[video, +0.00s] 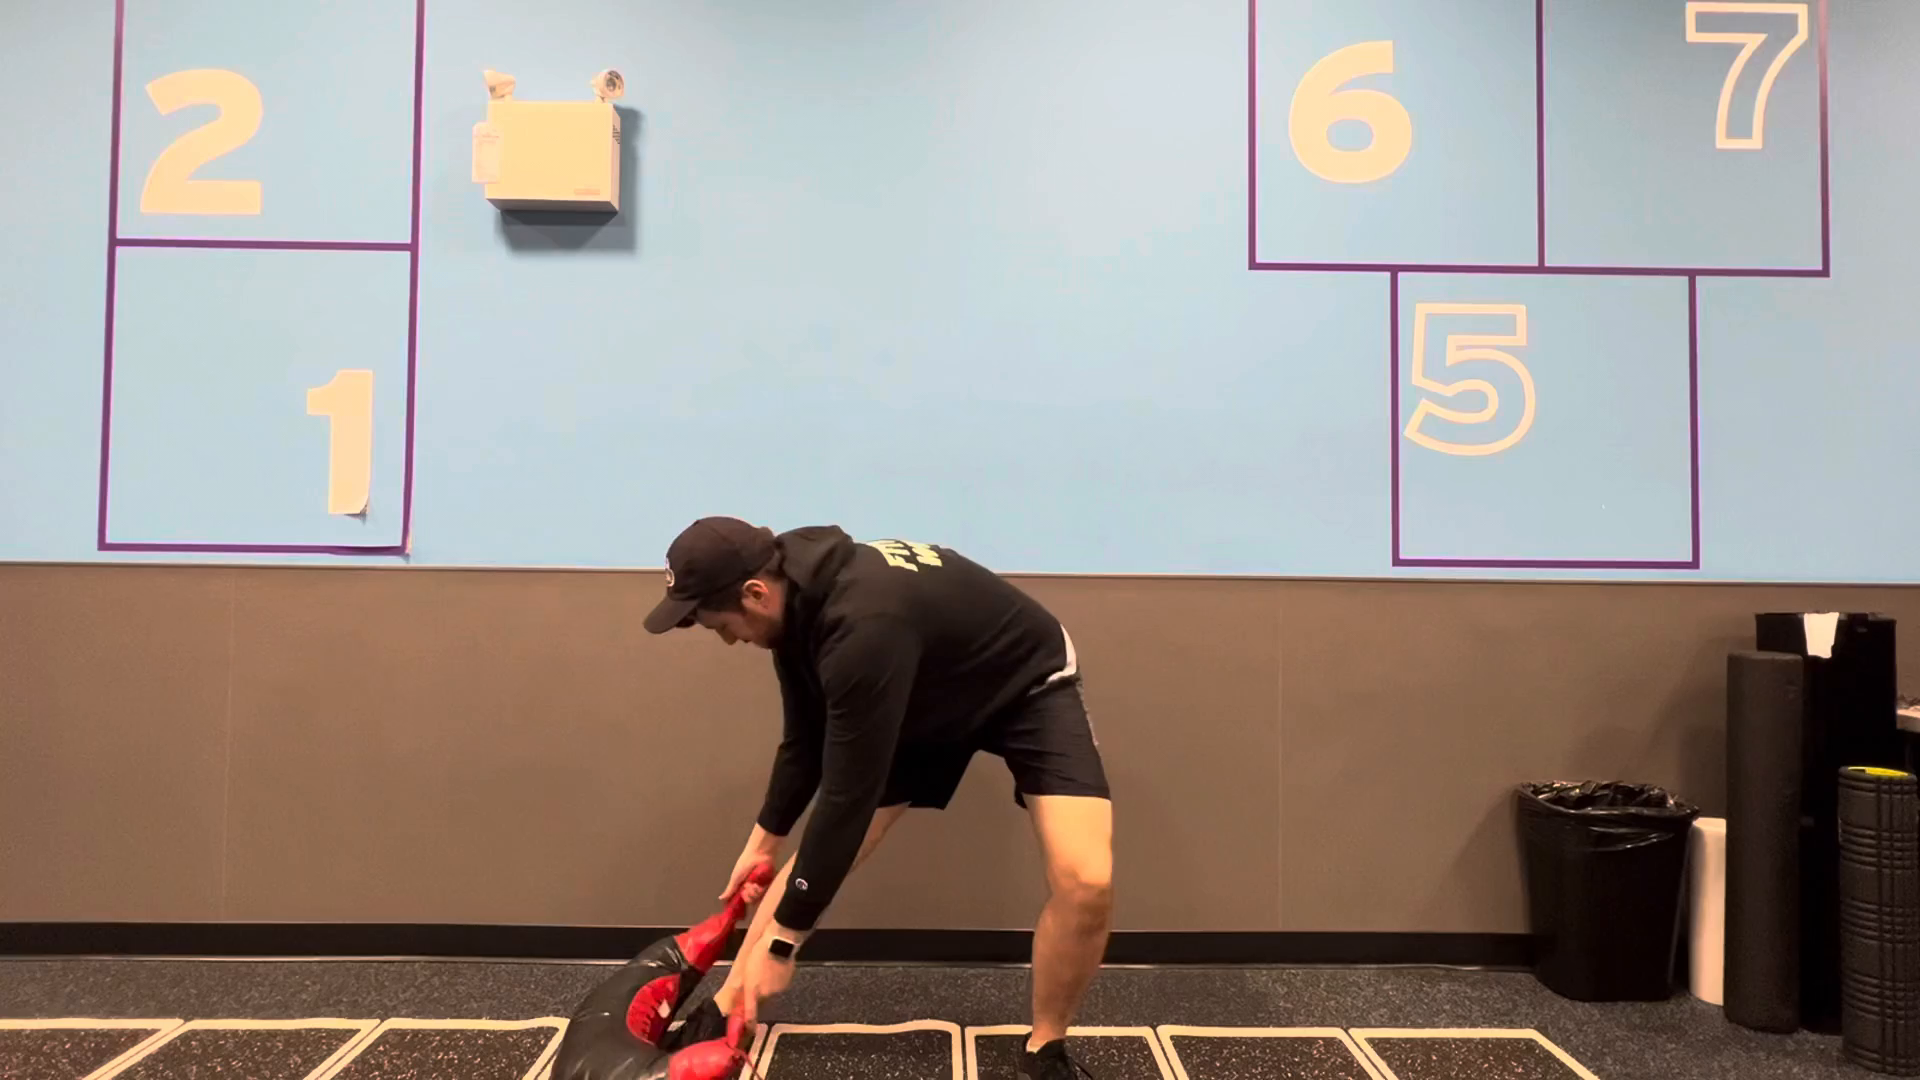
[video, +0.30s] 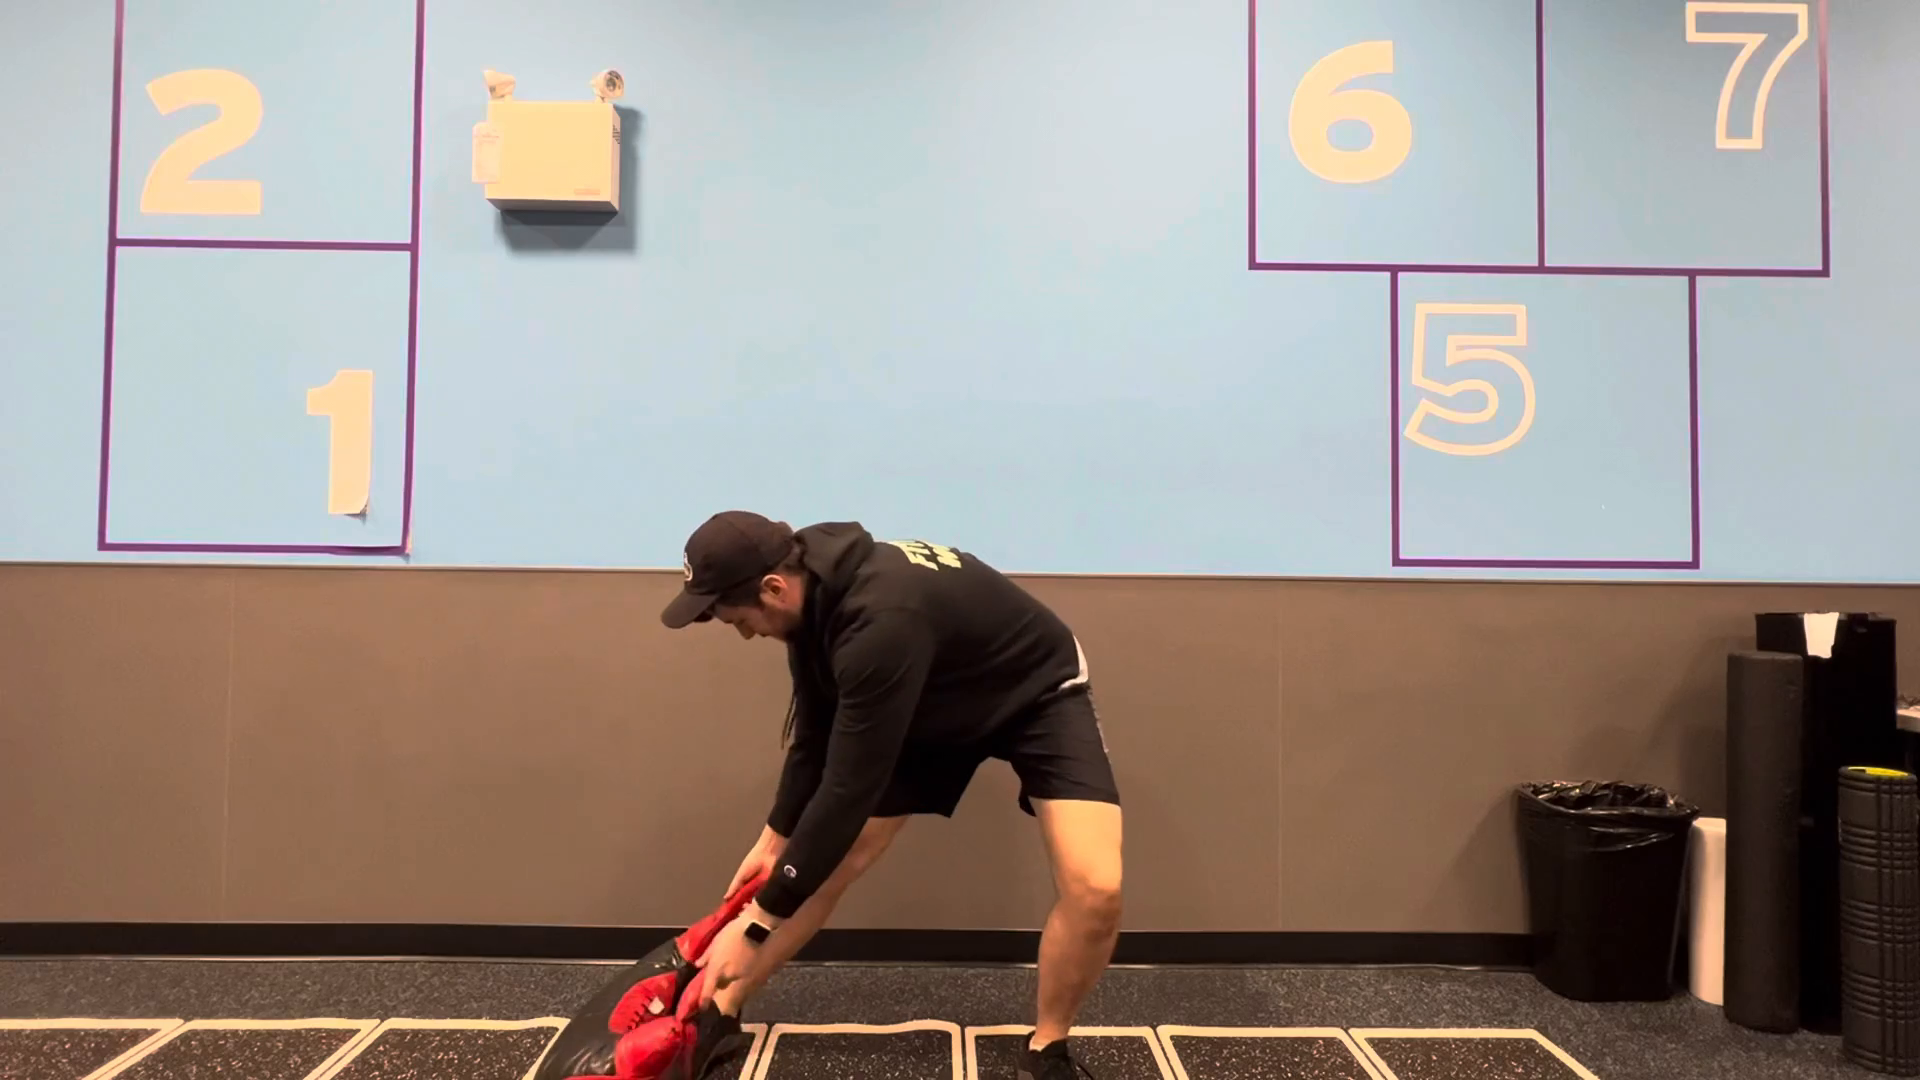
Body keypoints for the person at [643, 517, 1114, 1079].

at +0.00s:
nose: (719, 635)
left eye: (715, 622)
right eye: (708, 626)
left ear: (757, 593)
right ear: (757, 592)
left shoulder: (864, 629)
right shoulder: (792, 602)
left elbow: (847, 802)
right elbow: (804, 739)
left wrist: (781, 942)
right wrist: (762, 847)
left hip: (1031, 678)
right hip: (926, 693)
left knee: (1087, 881)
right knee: (823, 855)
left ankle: (1047, 1049)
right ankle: (724, 1013)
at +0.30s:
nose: (736, 629)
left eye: (734, 616)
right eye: (726, 620)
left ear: (776, 588)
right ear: (776, 586)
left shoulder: (880, 623)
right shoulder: (809, 599)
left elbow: (848, 794)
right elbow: (813, 737)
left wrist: (756, 925)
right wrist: (771, 843)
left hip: (1040, 688)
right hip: (933, 705)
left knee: (1097, 888)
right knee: (837, 856)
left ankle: (1048, 1048)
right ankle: (718, 1015)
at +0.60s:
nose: (732, 630)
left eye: (731, 617)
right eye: (722, 620)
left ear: (775, 591)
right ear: (776, 588)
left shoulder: (878, 629)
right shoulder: (804, 604)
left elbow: (845, 798)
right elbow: (810, 738)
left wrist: (754, 935)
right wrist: (771, 845)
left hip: (1031, 686)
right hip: (926, 699)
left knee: (1088, 882)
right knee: (835, 853)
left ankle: (1049, 1046)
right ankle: (711, 1014)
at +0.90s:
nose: (747, 606)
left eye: (752, 592)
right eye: (740, 595)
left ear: (803, 570)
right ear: (801, 568)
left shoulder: (905, 615)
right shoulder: (795, 595)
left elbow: (856, 787)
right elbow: (802, 719)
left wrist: (762, 916)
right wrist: (756, 828)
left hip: (1015, 682)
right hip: (907, 693)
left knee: (1068, 871)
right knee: (798, 852)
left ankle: (1048, 1048)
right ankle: (714, 1016)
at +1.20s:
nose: (865, 460)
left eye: (881, 442)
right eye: (848, 444)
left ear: (912, 434)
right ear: (821, 440)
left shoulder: (972, 509)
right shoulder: (797, 508)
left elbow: (1008, 653)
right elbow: (774, 641)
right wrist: (736, 772)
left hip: (961, 678)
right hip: (849, 673)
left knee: (1022, 841)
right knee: (771, 835)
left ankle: (1044, 1045)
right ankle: (713, 1019)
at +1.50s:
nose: (922, 433)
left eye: (924, 417)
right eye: (910, 418)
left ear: (867, 417)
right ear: (853, 417)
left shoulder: (910, 493)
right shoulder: (778, 500)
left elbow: (940, 605)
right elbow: (822, 651)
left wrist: (1008, 697)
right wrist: (951, 741)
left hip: (853, 687)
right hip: (738, 696)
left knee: (936, 851)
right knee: (694, 879)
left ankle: (1041, 1040)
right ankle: (715, 1018)